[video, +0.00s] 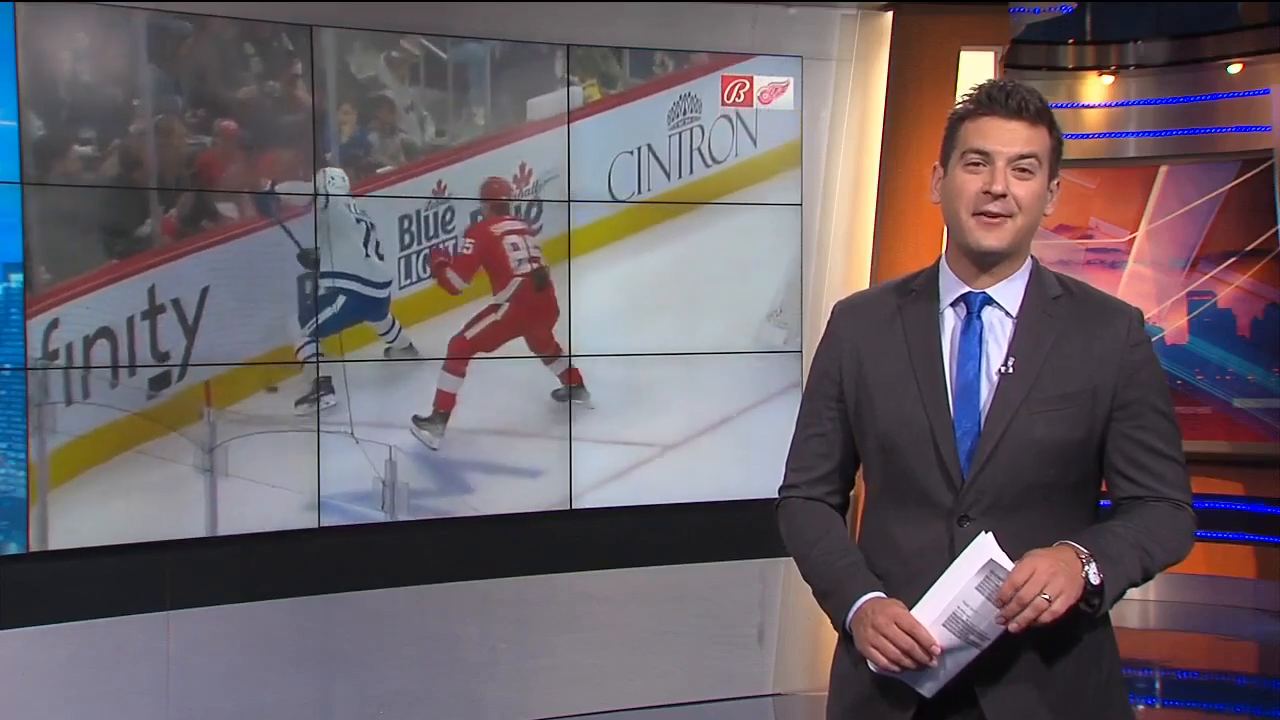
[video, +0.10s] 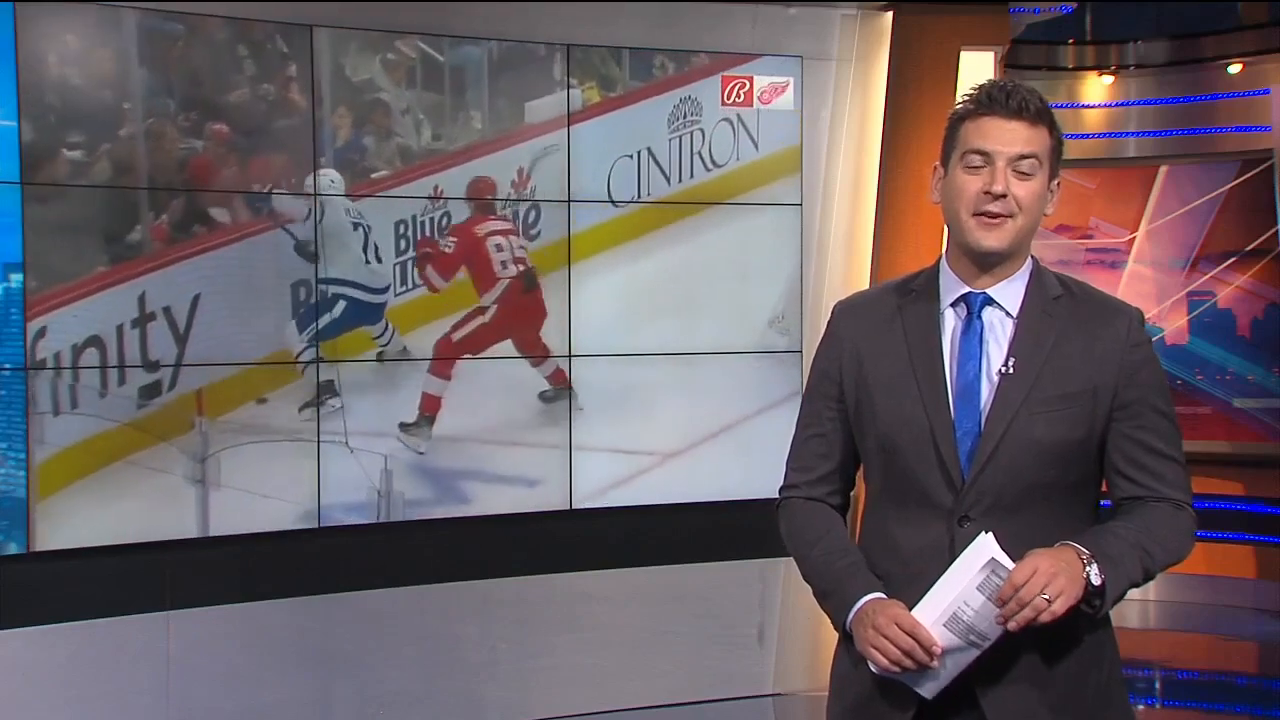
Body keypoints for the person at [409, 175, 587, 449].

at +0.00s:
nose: (482, 207)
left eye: (483, 203)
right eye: (484, 202)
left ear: (485, 204)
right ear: (509, 203)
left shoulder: (480, 231)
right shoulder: (523, 226)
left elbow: (455, 284)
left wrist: (439, 264)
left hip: (513, 309)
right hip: (547, 305)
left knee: (460, 346)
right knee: (542, 342)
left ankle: (437, 420)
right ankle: (575, 386)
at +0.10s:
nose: (470, 205)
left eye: (470, 200)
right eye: (475, 200)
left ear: (470, 202)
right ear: (494, 201)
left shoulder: (464, 231)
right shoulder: (509, 225)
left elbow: (435, 281)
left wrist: (424, 255)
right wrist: (442, 250)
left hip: (499, 312)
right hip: (534, 307)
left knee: (445, 349)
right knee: (529, 344)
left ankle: (424, 423)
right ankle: (562, 386)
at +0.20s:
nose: (460, 203)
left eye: (458, 198)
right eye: (471, 199)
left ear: (457, 200)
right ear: (482, 200)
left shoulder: (451, 229)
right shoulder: (496, 225)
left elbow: (422, 275)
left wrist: (414, 249)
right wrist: (432, 243)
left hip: (489, 313)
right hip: (522, 306)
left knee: (432, 351)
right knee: (516, 345)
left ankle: (411, 427)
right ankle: (550, 386)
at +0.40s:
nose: (427, 199)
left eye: (428, 195)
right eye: (430, 195)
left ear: (430, 196)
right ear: (456, 195)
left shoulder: (420, 225)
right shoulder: (477, 221)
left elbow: (393, 266)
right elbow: (483, 260)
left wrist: (395, 238)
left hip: (463, 310)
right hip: (498, 305)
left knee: (406, 353)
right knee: (491, 343)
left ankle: (386, 433)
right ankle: (529, 390)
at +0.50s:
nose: (426, 193)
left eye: (423, 188)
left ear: (420, 190)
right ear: (448, 190)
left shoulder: (407, 221)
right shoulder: (468, 218)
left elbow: (383, 266)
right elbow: (478, 254)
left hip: (450, 308)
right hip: (488, 303)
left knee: (395, 353)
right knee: (484, 346)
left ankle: (376, 434)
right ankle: (522, 391)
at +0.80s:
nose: (415, 166)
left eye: (407, 159)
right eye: (422, 160)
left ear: (398, 161)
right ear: (428, 161)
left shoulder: (384, 193)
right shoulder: (445, 195)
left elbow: (384, 251)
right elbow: (451, 244)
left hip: (414, 287)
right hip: (455, 283)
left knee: (368, 346)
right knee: (465, 336)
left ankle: (353, 427)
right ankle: (503, 392)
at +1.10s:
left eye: (408, 117)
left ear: (407, 120)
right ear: (438, 124)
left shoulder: (391, 150)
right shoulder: (453, 160)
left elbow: (379, 193)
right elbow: (451, 212)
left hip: (394, 247)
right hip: (436, 248)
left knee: (379, 327)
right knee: (460, 318)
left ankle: (354, 412)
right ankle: (490, 392)